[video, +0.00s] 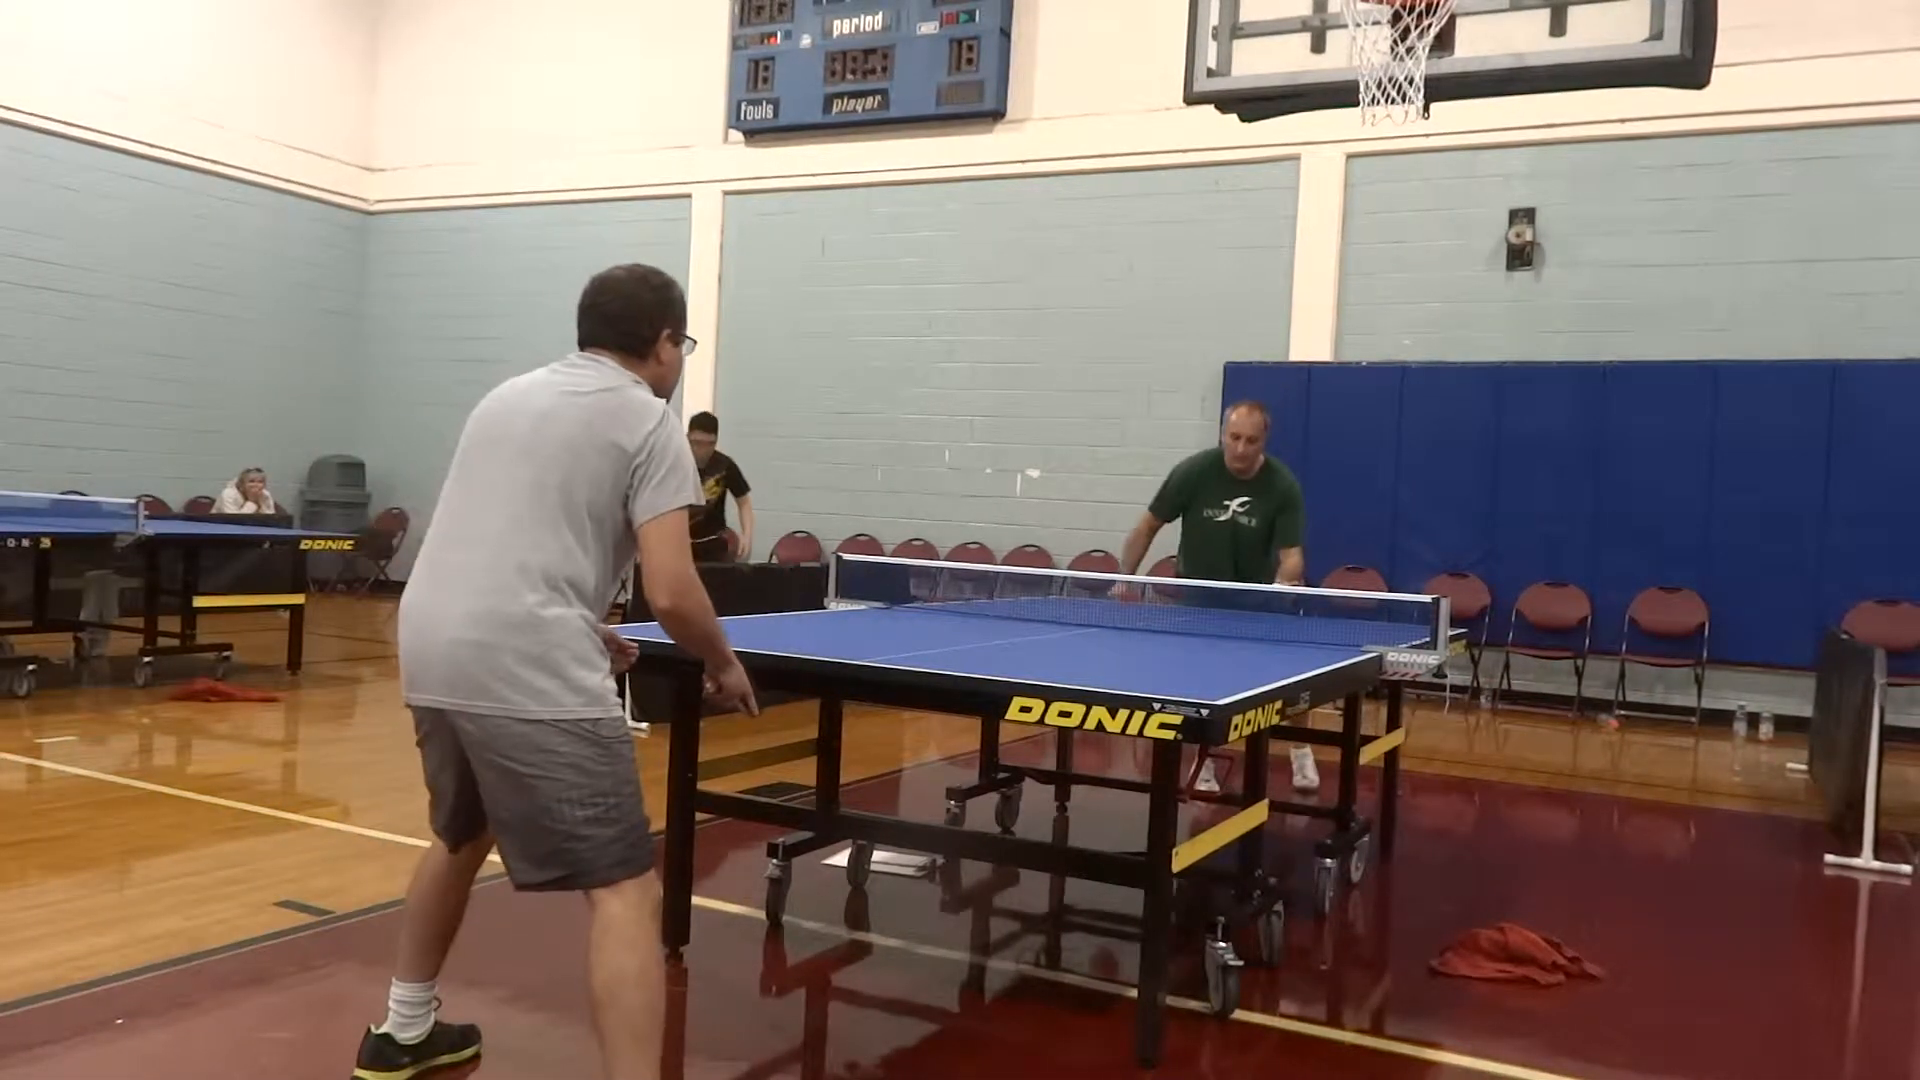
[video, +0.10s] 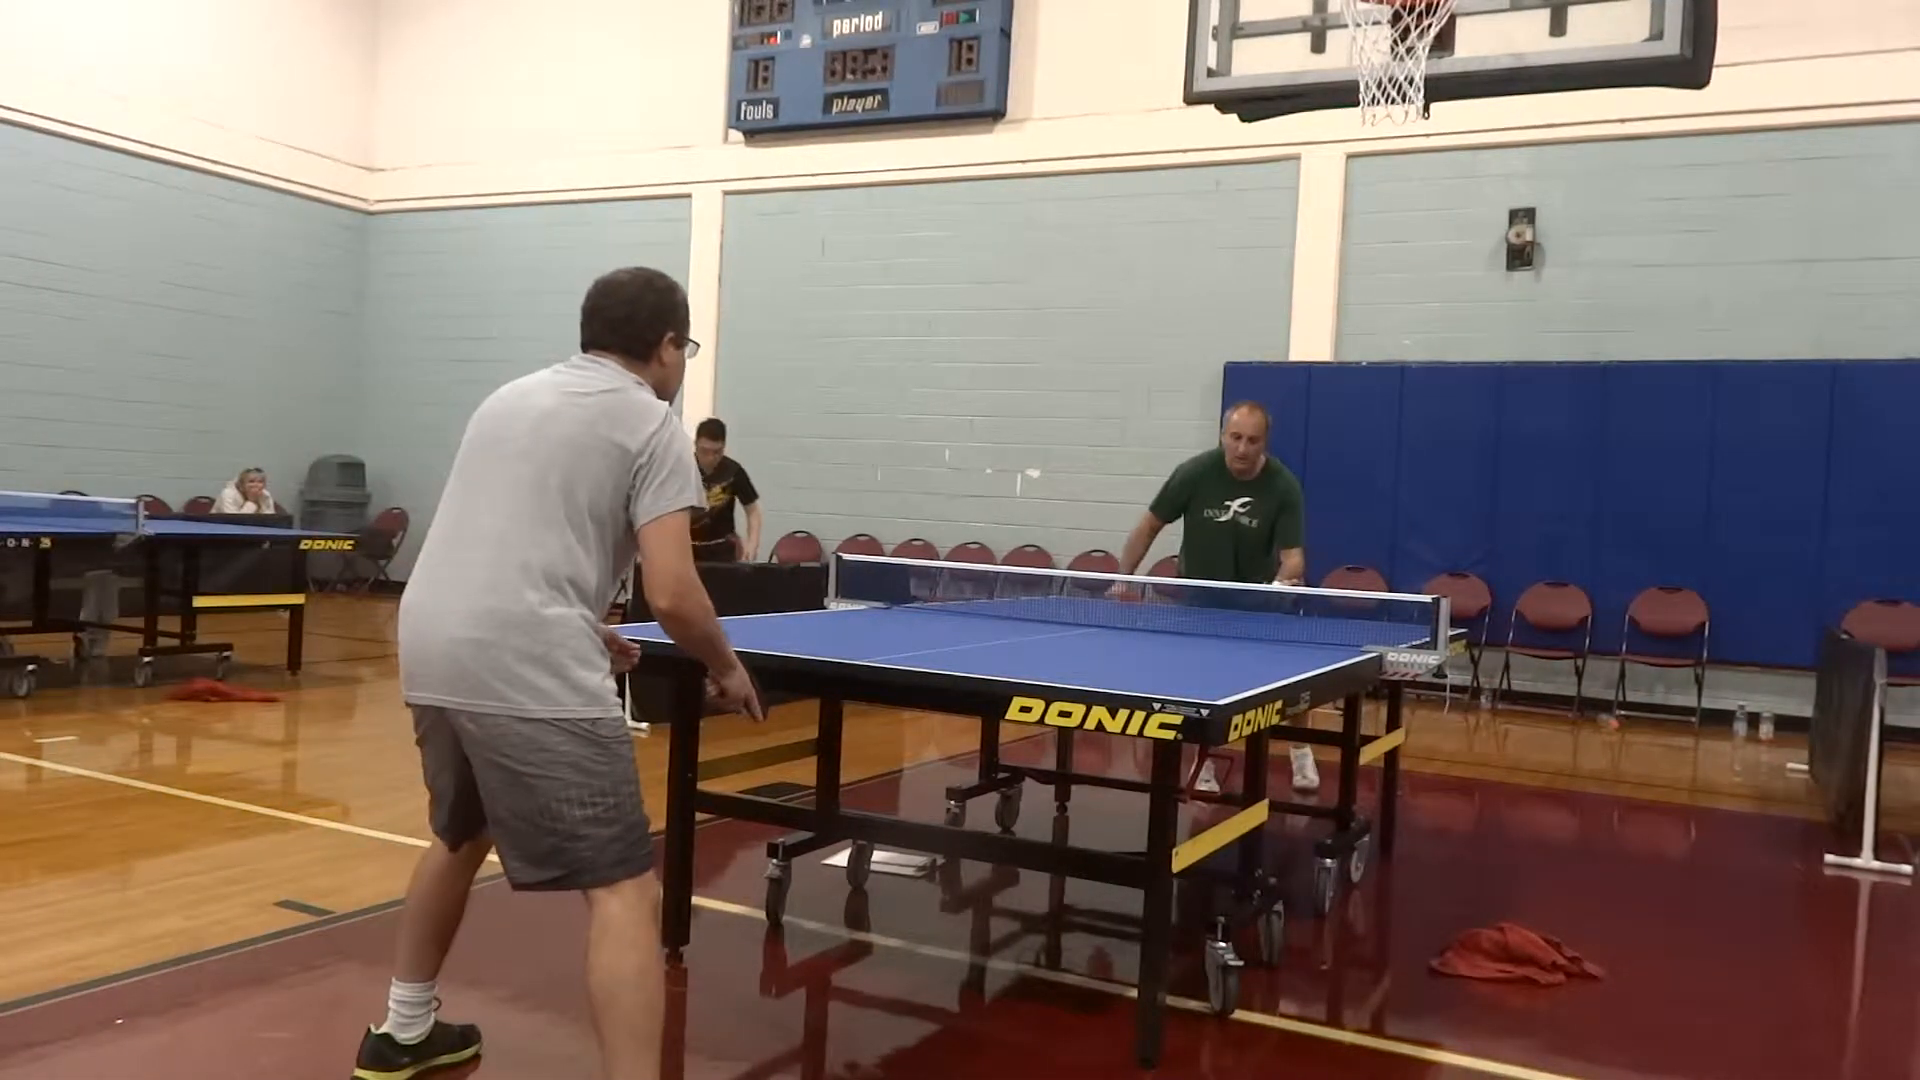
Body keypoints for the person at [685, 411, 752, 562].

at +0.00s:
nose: (703, 449)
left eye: (709, 443)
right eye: (697, 442)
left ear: (716, 441)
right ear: (687, 438)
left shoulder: (725, 465)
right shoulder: (677, 461)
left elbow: (743, 501)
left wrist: (746, 536)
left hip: (713, 539)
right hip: (680, 538)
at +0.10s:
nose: (711, 458)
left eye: (717, 452)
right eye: (705, 451)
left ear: (724, 447)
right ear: (695, 446)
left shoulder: (733, 471)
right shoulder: (683, 468)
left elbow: (752, 509)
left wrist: (752, 544)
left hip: (722, 547)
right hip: (689, 547)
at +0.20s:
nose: (718, 472)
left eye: (725, 467)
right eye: (712, 466)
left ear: (732, 464)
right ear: (704, 460)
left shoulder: (742, 483)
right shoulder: (690, 478)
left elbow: (759, 522)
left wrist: (759, 560)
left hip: (731, 557)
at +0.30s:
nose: (721, 490)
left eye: (727, 484)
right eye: (718, 484)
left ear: (739, 483)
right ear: (712, 481)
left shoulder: (751, 503)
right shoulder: (704, 493)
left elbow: (765, 539)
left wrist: (763, 569)